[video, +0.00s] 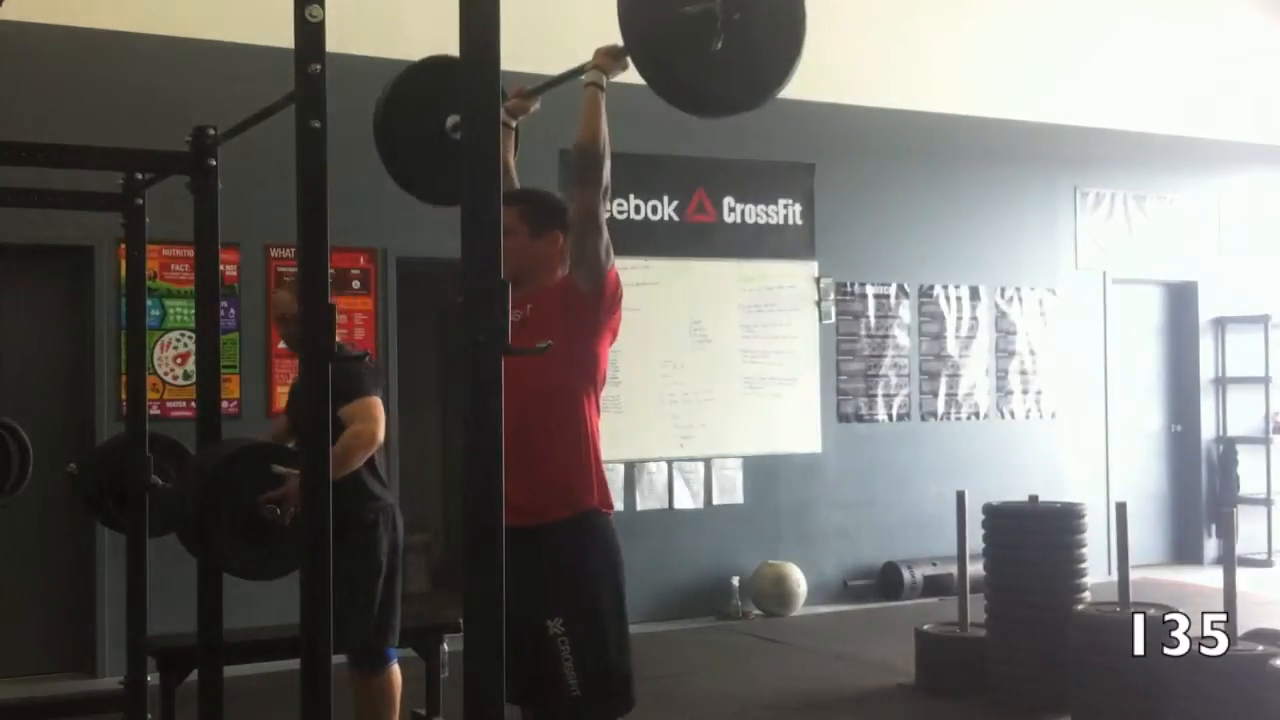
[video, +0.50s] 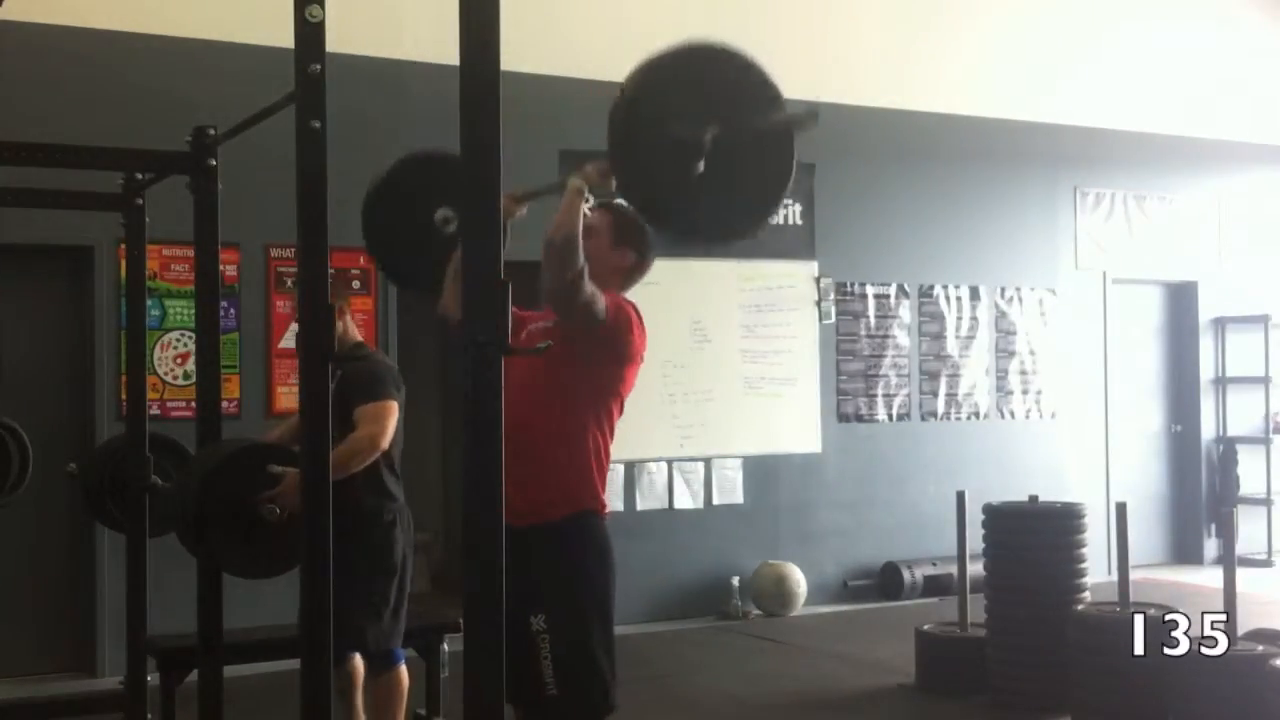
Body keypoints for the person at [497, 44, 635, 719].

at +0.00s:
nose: (499, 242)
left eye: (509, 229)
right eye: (497, 230)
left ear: (552, 238)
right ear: (509, 240)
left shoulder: (586, 298)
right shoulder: (501, 305)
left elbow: (589, 183)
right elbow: (496, 212)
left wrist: (595, 79)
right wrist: (507, 128)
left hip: (573, 523)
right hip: (504, 524)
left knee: (601, 689)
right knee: (523, 686)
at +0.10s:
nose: (504, 235)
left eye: (516, 225)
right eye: (504, 225)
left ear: (556, 235)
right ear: (511, 237)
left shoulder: (589, 294)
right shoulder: (501, 299)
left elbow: (590, 182)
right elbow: (492, 217)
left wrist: (593, 90)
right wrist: (504, 140)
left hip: (574, 521)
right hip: (504, 521)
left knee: (599, 685)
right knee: (523, 681)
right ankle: (550, 709)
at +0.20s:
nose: (523, 234)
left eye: (537, 226)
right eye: (526, 224)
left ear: (573, 236)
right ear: (527, 237)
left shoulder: (595, 304)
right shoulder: (514, 296)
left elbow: (587, 203)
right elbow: (490, 232)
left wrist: (591, 103)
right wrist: (497, 162)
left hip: (572, 525)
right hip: (504, 524)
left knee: (592, 693)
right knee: (522, 687)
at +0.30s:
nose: (544, 230)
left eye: (562, 225)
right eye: (548, 221)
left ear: (592, 242)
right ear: (546, 237)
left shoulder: (603, 312)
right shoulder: (519, 303)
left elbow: (584, 222)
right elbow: (478, 253)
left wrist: (585, 130)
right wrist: (498, 181)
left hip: (572, 527)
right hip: (505, 526)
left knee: (589, 692)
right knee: (520, 686)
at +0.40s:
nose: (568, 241)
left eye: (585, 235)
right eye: (568, 231)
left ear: (618, 257)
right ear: (556, 239)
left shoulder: (613, 325)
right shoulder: (524, 315)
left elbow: (569, 252)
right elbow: (464, 277)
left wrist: (579, 156)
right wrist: (496, 198)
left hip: (570, 534)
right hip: (503, 531)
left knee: (583, 697)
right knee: (516, 692)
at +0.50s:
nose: (573, 239)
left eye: (591, 232)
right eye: (575, 231)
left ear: (624, 260)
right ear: (563, 251)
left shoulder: (618, 326)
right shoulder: (530, 323)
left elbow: (562, 282)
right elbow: (456, 308)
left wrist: (576, 186)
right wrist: (488, 225)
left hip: (568, 527)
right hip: (503, 524)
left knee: (583, 686)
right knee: (508, 679)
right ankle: (535, 709)